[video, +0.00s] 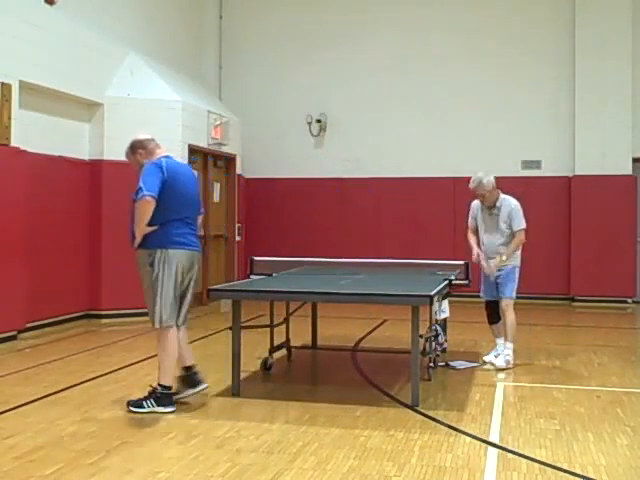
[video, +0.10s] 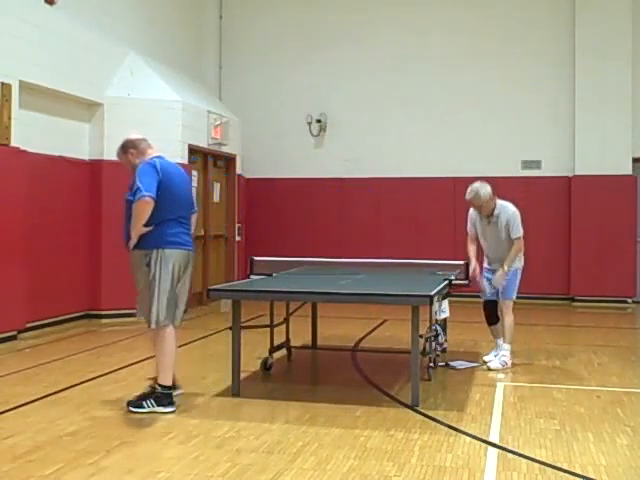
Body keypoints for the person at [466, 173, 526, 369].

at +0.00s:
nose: (480, 200)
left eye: (483, 195)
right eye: (478, 196)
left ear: (494, 190)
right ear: (477, 193)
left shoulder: (511, 205)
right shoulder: (476, 206)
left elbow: (520, 236)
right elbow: (471, 231)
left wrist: (504, 257)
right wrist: (475, 249)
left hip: (508, 263)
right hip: (487, 263)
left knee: (506, 305)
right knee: (490, 306)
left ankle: (508, 350)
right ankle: (499, 346)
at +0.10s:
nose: (476, 209)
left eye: (479, 206)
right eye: (474, 206)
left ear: (490, 200)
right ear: (473, 203)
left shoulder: (509, 212)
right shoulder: (474, 213)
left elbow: (518, 244)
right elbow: (472, 240)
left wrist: (504, 269)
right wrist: (473, 261)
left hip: (510, 263)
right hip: (489, 264)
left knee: (506, 305)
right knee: (489, 306)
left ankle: (506, 352)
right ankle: (499, 346)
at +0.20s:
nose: (471, 223)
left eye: (474, 220)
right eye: (470, 220)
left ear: (485, 214)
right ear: (469, 216)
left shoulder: (507, 222)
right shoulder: (471, 227)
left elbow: (519, 251)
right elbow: (470, 254)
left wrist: (507, 280)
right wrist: (469, 282)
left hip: (514, 267)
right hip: (492, 268)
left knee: (504, 306)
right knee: (488, 309)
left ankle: (506, 352)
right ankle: (500, 346)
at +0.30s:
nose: (470, 239)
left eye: (472, 235)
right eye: (468, 236)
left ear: (483, 229)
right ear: (466, 233)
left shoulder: (505, 232)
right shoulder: (469, 242)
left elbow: (522, 257)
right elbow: (467, 271)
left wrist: (509, 286)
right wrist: (464, 296)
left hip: (517, 271)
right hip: (495, 273)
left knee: (504, 307)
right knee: (488, 310)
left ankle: (506, 352)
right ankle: (499, 347)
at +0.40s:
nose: (470, 255)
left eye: (472, 251)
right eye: (468, 252)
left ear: (482, 244)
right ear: (465, 249)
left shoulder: (503, 241)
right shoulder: (469, 256)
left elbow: (525, 265)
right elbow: (466, 285)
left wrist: (510, 288)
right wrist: (460, 315)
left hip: (518, 274)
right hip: (496, 278)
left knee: (505, 308)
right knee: (488, 312)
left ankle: (506, 353)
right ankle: (500, 348)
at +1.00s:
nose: (465, 241)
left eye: (466, 237)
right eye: (463, 238)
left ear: (476, 229)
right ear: (462, 235)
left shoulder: (499, 233)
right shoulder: (466, 245)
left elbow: (517, 258)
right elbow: (469, 273)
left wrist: (507, 289)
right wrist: (468, 301)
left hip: (517, 269)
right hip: (496, 273)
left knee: (504, 307)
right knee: (489, 310)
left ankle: (506, 353)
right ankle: (499, 348)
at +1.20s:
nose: (463, 221)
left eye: (465, 216)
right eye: (461, 217)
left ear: (476, 210)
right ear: (461, 215)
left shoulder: (497, 220)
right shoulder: (466, 227)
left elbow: (509, 252)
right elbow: (473, 251)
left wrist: (486, 272)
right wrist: (472, 273)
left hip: (514, 264)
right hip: (494, 267)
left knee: (503, 306)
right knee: (491, 307)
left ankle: (505, 351)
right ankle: (499, 347)